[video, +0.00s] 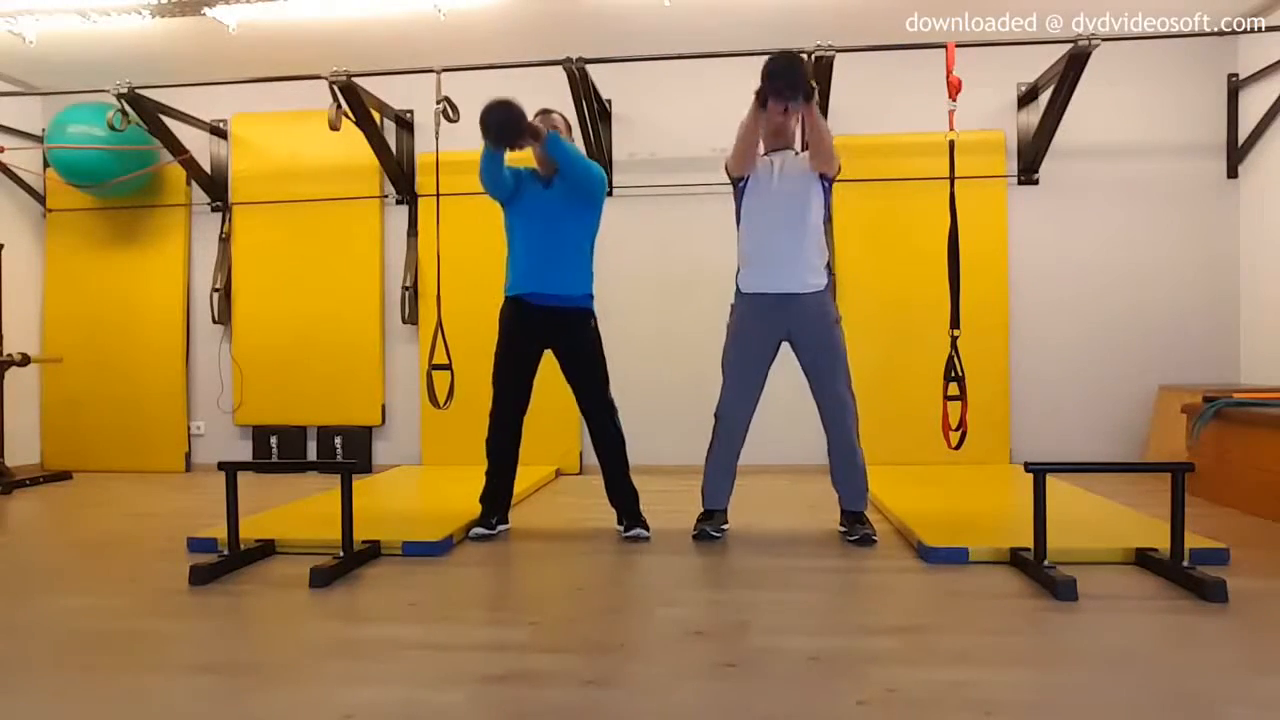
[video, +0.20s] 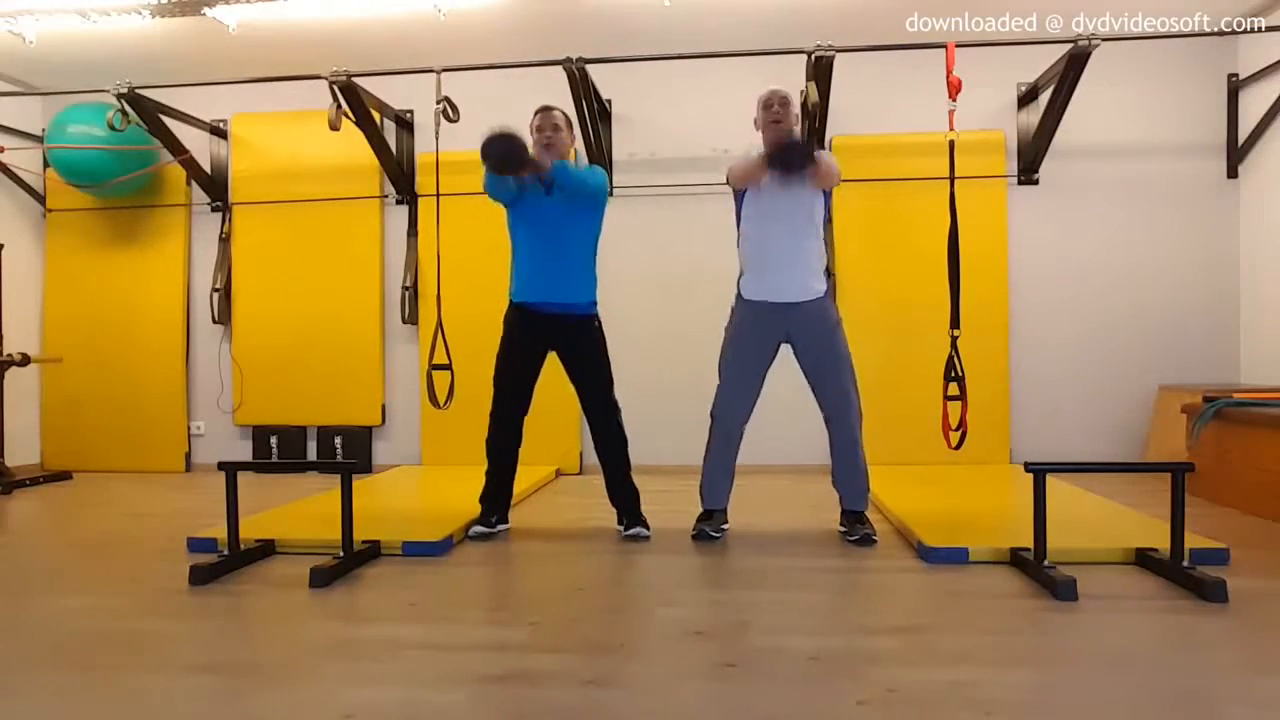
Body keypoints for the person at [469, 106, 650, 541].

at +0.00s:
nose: (549, 135)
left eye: (557, 130)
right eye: (542, 132)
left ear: (572, 140)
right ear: (530, 141)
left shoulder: (591, 181)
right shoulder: (517, 182)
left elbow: (564, 158)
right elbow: (491, 178)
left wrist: (537, 134)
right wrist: (495, 140)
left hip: (574, 313)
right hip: (521, 311)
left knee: (600, 414)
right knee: (505, 414)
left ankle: (630, 517)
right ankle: (494, 514)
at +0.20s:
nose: (547, 134)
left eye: (556, 128)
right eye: (540, 129)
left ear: (572, 138)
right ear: (530, 140)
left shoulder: (593, 177)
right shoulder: (518, 182)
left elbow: (590, 185)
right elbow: (497, 187)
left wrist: (546, 166)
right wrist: (500, 161)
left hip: (578, 319)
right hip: (525, 317)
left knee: (604, 417)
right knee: (505, 416)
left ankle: (630, 516)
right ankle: (493, 514)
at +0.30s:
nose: (549, 135)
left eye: (556, 129)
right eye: (541, 130)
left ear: (572, 139)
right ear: (531, 140)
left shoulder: (593, 187)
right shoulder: (515, 186)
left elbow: (583, 215)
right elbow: (497, 216)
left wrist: (542, 218)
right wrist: (513, 216)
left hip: (580, 324)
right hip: (526, 323)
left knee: (609, 418)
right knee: (502, 418)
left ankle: (630, 515)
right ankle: (493, 514)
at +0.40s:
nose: (547, 143)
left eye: (555, 137)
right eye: (540, 138)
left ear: (571, 148)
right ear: (530, 149)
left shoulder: (594, 203)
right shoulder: (510, 201)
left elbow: (581, 250)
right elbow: (502, 246)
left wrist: (549, 278)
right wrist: (509, 277)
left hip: (582, 331)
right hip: (529, 333)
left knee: (616, 415)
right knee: (495, 412)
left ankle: (630, 514)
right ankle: (493, 513)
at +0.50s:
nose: (543, 156)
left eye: (551, 150)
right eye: (536, 151)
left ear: (567, 161)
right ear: (525, 164)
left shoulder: (593, 218)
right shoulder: (507, 217)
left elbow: (585, 284)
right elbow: (505, 281)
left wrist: (560, 338)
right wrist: (517, 335)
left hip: (581, 335)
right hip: (525, 336)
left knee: (622, 410)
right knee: (489, 411)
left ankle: (631, 514)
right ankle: (493, 512)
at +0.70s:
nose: (520, 207)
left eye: (530, 199)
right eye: (514, 199)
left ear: (552, 205)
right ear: (508, 208)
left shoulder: (587, 258)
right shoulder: (496, 263)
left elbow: (591, 335)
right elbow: (511, 339)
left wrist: (571, 394)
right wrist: (542, 400)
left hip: (584, 359)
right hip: (527, 362)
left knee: (633, 412)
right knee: (478, 413)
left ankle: (632, 515)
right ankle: (493, 514)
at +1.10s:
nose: (529, 145)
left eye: (539, 138)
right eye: (522, 139)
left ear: (556, 149)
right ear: (514, 151)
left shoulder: (585, 209)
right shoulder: (496, 211)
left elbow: (580, 282)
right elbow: (500, 282)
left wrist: (559, 342)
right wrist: (517, 341)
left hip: (574, 329)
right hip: (518, 330)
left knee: (610, 412)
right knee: (484, 411)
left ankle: (630, 515)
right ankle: (491, 513)